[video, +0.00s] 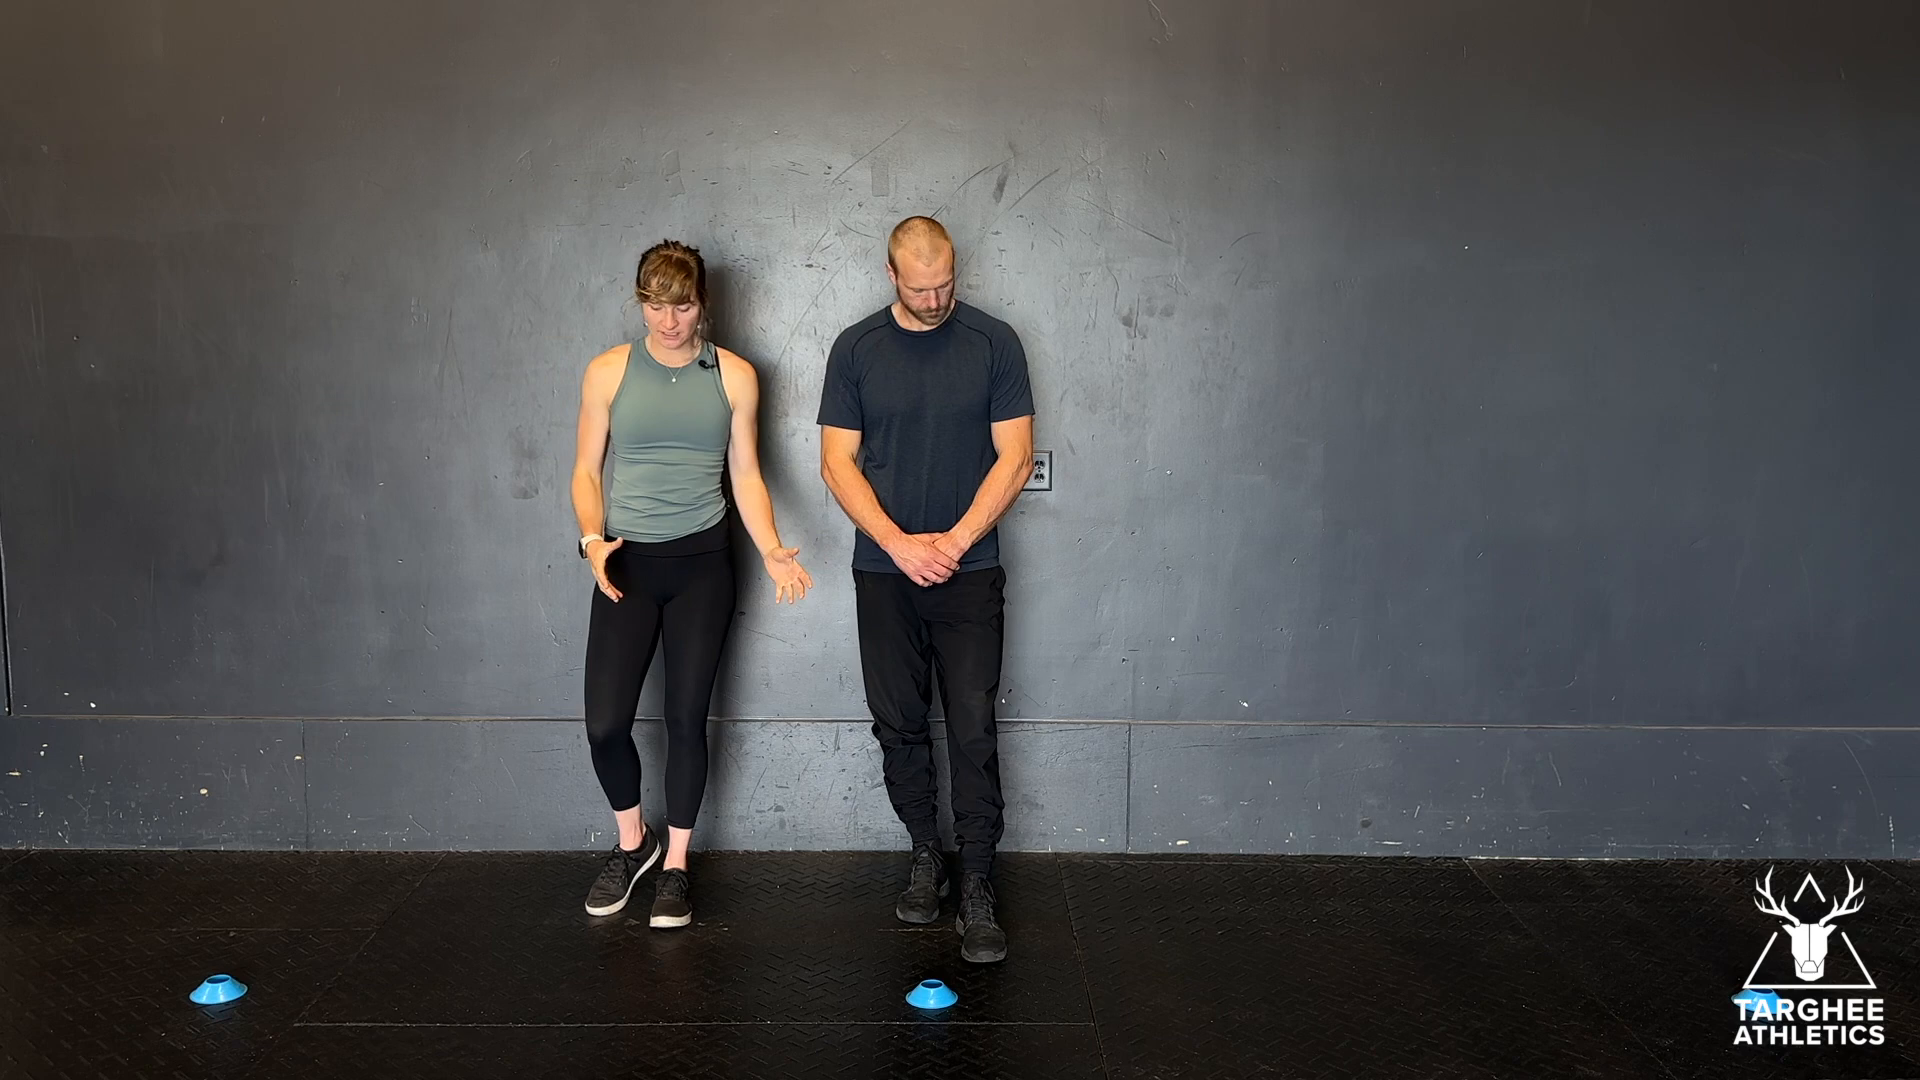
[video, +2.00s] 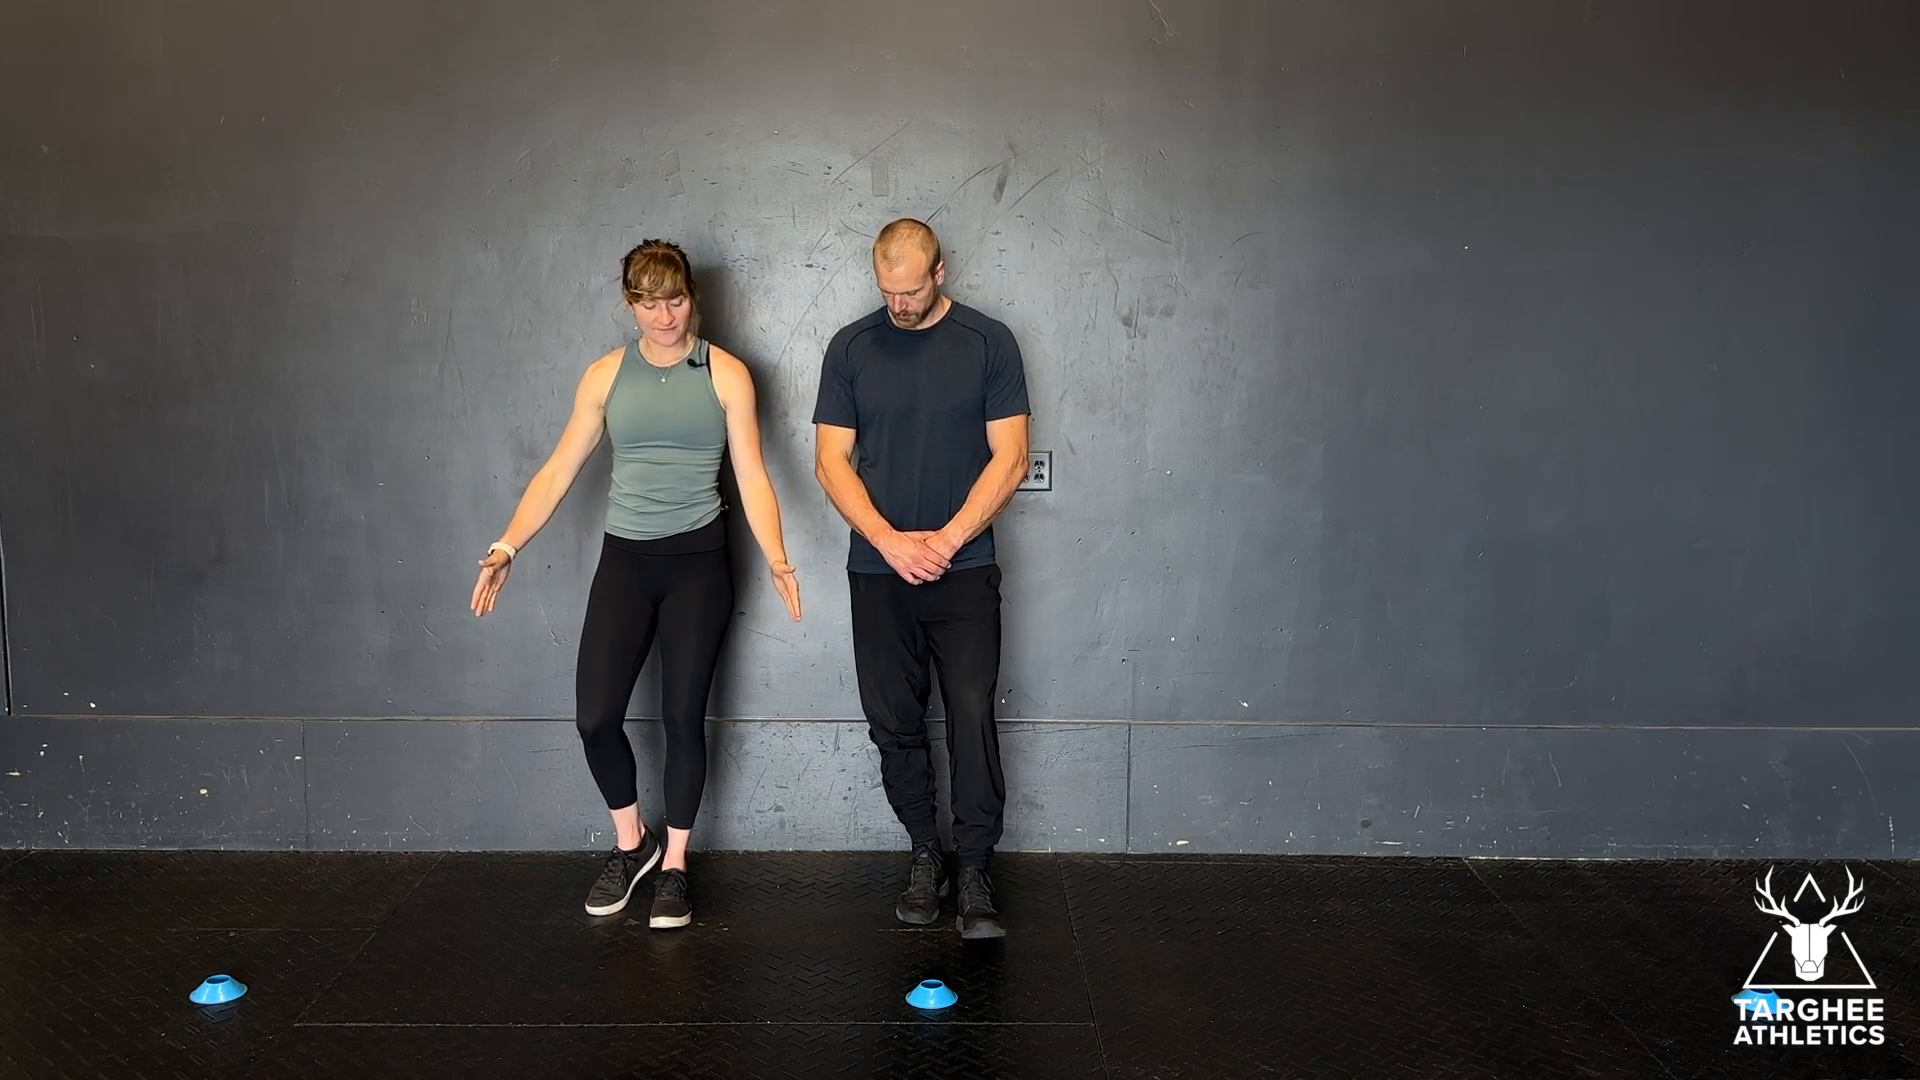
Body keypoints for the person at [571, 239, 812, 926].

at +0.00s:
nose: (672, 321)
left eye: (684, 308)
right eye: (660, 308)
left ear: (702, 304)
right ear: (641, 303)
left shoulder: (734, 375)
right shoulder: (609, 372)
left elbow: (746, 473)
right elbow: (587, 470)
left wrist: (773, 551)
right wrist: (593, 539)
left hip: (704, 563)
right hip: (626, 564)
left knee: (686, 717)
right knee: (605, 722)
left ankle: (675, 867)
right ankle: (635, 846)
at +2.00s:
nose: (667, 314)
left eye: (676, 299)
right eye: (652, 303)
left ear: (691, 299)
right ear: (631, 307)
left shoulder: (726, 375)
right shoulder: (607, 375)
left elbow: (751, 475)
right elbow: (559, 470)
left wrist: (778, 559)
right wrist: (504, 549)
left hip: (700, 561)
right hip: (624, 561)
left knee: (683, 715)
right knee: (596, 716)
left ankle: (674, 868)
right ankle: (634, 848)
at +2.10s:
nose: (670, 315)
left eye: (678, 300)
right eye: (655, 304)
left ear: (692, 298)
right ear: (632, 307)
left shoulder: (726, 375)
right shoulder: (607, 375)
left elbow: (752, 475)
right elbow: (560, 471)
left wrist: (778, 559)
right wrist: (506, 549)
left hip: (701, 561)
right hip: (625, 561)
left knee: (683, 715)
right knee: (596, 717)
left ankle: (675, 868)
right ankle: (634, 847)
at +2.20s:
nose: (671, 316)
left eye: (680, 300)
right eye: (656, 305)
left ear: (693, 298)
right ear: (632, 308)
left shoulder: (727, 375)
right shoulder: (608, 377)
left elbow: (753, 474)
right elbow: (562, 472)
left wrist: (780, 559)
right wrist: (508, 552)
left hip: (703, 561)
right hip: (626, 562)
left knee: (685, 715)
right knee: (597, 717)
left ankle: (674, 867)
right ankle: (633, 844)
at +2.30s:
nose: (670, 317)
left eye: (680, 301)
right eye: (655, 305)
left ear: (695, 301)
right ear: (633, 308)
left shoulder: (729, 376)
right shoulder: (608, 378)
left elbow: (754, 474)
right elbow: (564, 473)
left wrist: (783, 560)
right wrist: (511, 553)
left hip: (704, 562)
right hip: (627, 563)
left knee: (685, 717)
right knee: (600, 719)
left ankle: (676, 867)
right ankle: (635, 844)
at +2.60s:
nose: (676, 311)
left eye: (686, 297)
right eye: (661, 299)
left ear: (699, 301)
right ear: (636, 301)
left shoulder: (729, 377)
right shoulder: (607, 377)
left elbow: (753, 475)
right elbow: (565, 473)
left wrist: (787, 557)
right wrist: (520, 557)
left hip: (703, 563)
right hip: (626, 565)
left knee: (686, 718)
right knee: (624, 724)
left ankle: (676, 868)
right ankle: (635, 866)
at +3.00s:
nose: (685, 311)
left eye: (693, 298)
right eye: (670, 299)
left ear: (701, 300)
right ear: (639, 302)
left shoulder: (725, 374)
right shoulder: (604, 378)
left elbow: (746, 471)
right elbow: (568, 484)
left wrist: (782, 524)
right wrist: (569, 575)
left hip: (710, 565)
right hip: (633, 570)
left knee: (733, 722)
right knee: (634, 724)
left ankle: (734, 869)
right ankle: (635, 871)